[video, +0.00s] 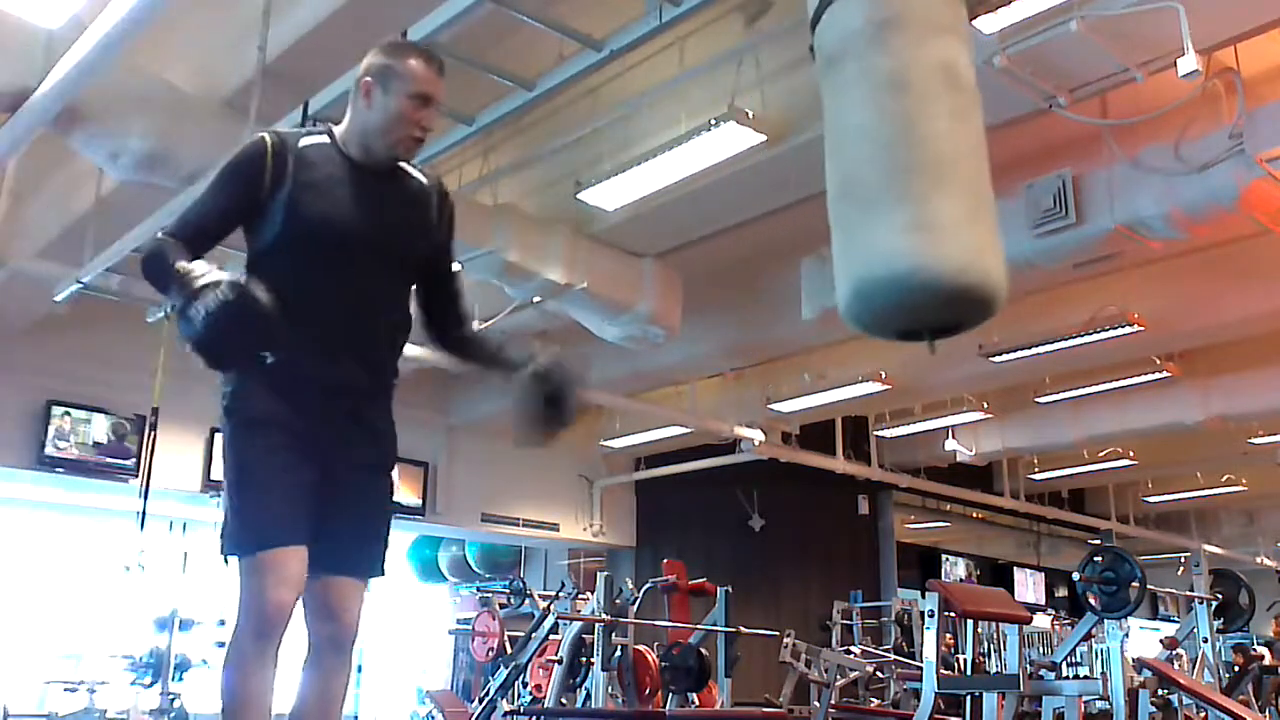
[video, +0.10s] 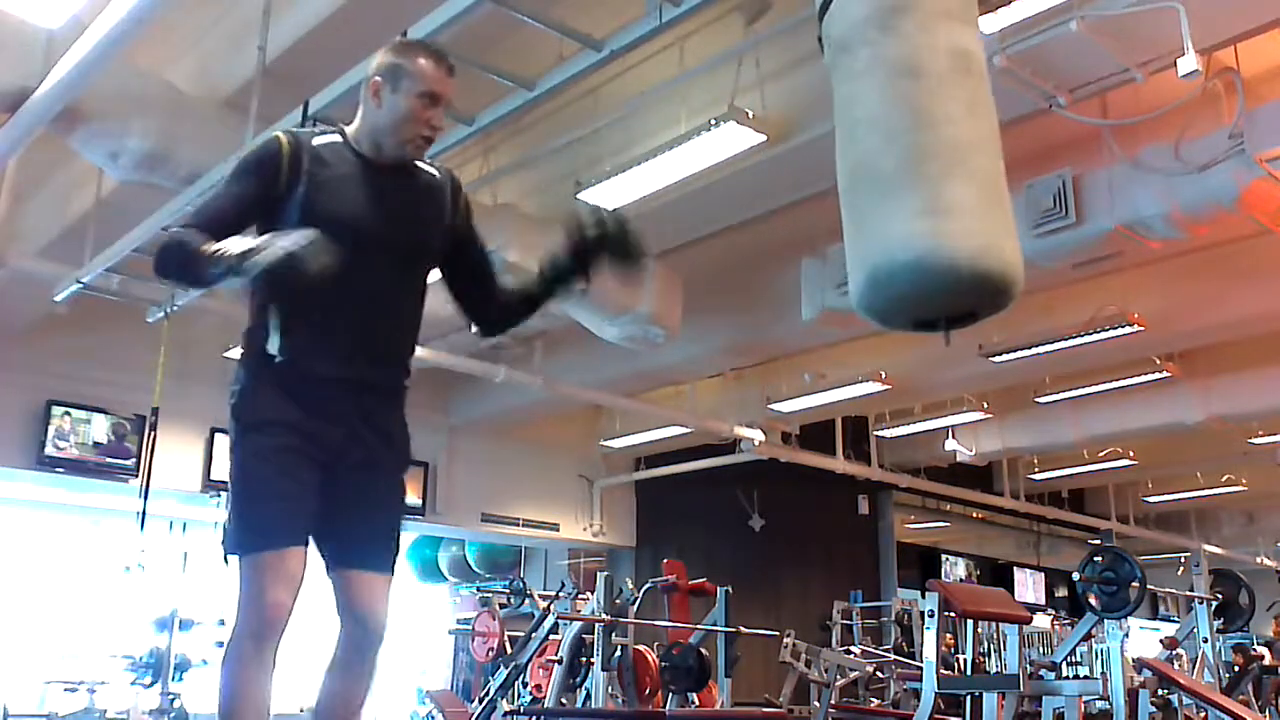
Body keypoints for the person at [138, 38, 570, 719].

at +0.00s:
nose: (428, 121)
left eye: (436, 109)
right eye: (417, 103)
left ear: (438, 116)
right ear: (367, 89)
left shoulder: (427, 201)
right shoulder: (277, 157)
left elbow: (449, 327)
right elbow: (160, 248)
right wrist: (199, 288)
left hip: (363, 418)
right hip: (272, 402)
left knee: (337, 623)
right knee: (272, 598)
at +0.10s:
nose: (436, 120)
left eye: (445, 109)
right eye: (425, 100)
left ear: (446, 118)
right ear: (376, 89)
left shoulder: (440, 196)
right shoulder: (291, 156)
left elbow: (491, 312)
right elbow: (173, 251)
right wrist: (254, 252)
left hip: (372, 425)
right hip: (280, 410)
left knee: (366, 624)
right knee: (269, 604)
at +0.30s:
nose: (461, 115)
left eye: (470, 106)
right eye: (450, 95)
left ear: (472, 118)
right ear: (401, 85)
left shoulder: (465, 187)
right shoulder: (331, 142)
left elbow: (549, 284)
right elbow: (282, 204)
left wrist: (589, 204)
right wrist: (426, 170)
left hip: (417, 417)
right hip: (321, 410)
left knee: (487, 597)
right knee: (285, 611)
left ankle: (450, 716)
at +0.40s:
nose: (492, 116)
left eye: (503, 108)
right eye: (481, 96)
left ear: (505, 118)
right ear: (431, 87)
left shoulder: (500, 179)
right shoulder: (366, 135)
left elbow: (586, 268)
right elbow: (364, 172)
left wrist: (603, 189)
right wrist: (525, 149)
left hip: (440, 422)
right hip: (343, 415)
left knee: (528, 599)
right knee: (318, 609)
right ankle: (264, 714)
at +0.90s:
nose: (628, 107)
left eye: (635, 96)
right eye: (611, 90)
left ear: (640, 107)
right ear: (561, 94)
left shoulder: (651, 171)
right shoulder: (520, 178)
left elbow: (751, 226)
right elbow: (548, 251)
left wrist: (820, 157)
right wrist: (654, 155)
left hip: (664, 425)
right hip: (567, 428)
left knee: (710, 626)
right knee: (508, 625)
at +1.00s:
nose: (652, 106)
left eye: (658, 93)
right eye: (634, 89)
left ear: (663, 103)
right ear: (587, 93)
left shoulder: (684, 163)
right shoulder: (548, 182)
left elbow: (769, 218)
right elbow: (547, 263)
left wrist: (814, 163)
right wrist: (643, 192)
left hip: (692, 415)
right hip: (595, 415)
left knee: (729, 627)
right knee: (541, 614)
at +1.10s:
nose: (663, 113)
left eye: (669, 101)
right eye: (647, 98)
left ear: (676, 109)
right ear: (600, 104)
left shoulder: (695, 170)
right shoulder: (569, 199)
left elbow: (787, 222)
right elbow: (563, 297)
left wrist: (806, 171)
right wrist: (649, 203)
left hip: (718, 415)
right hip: (623, 419)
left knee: (739, 616)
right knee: (555, 616)